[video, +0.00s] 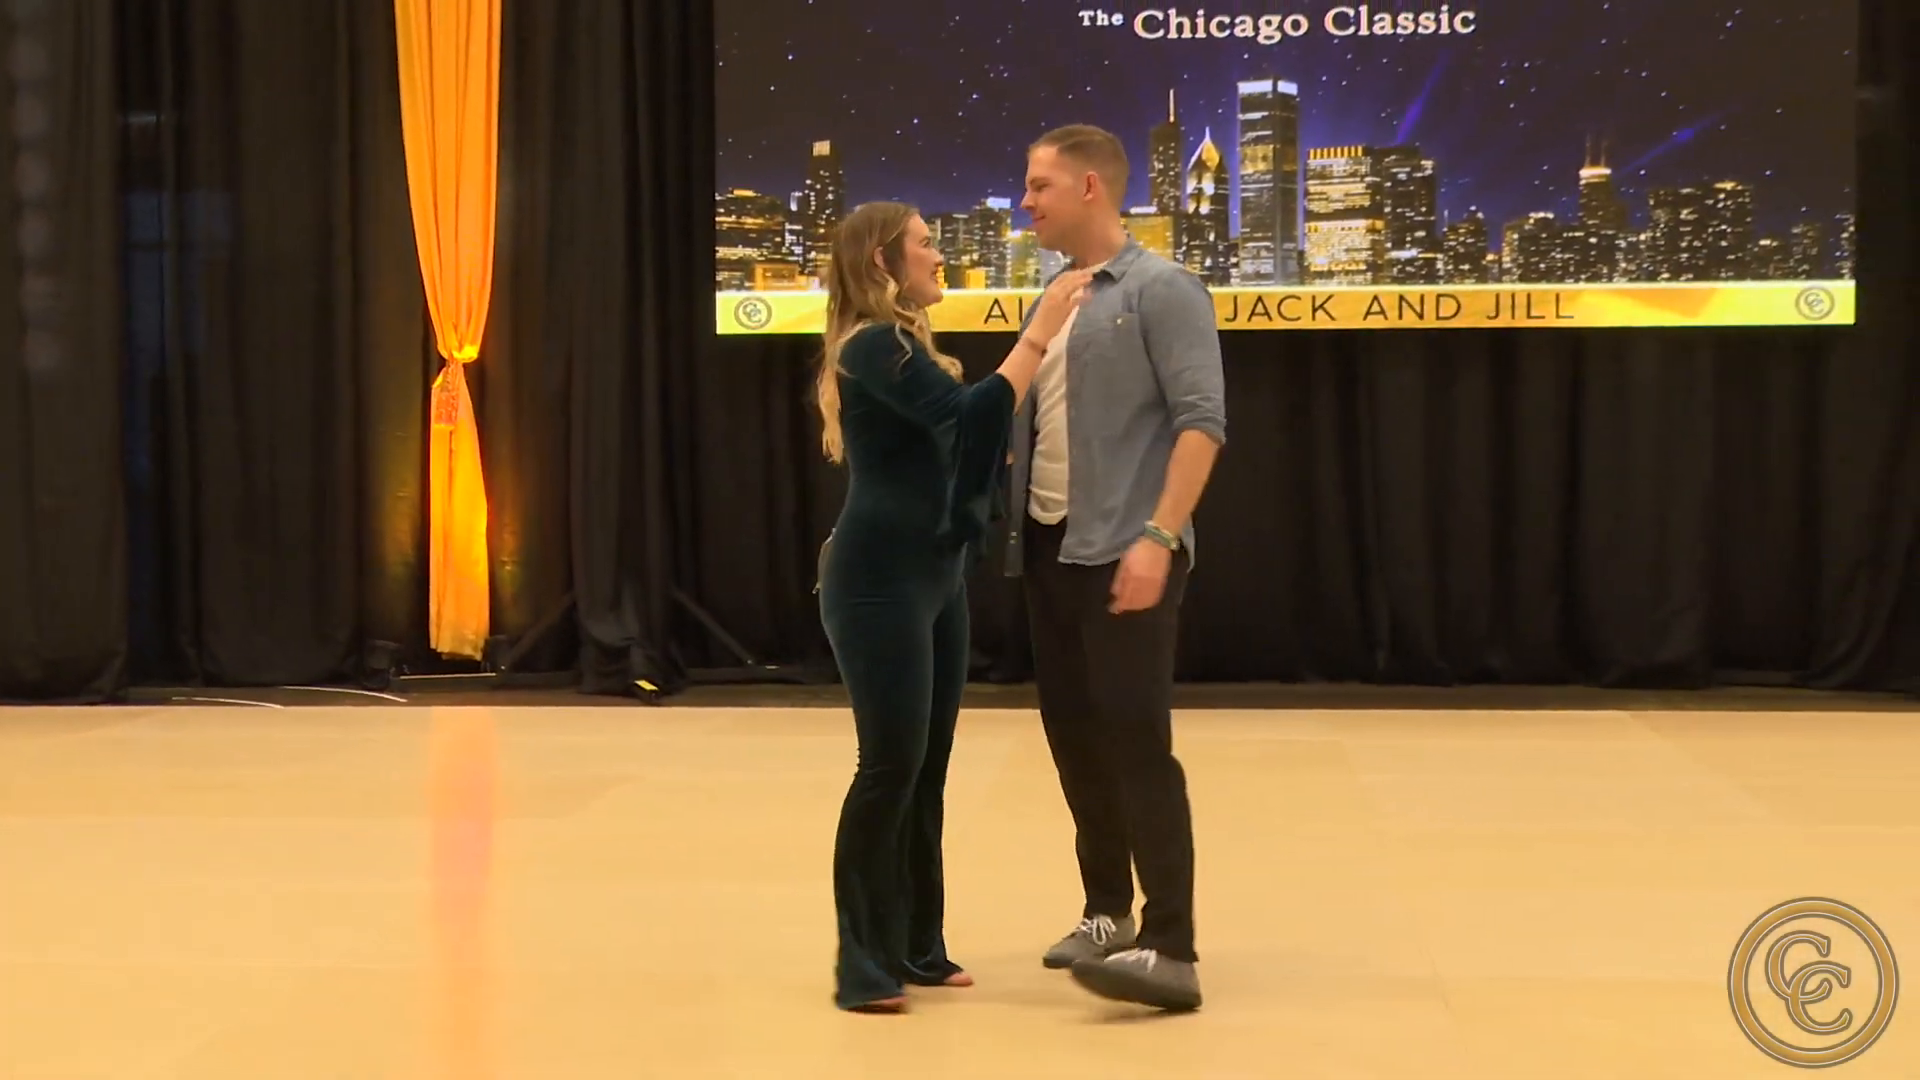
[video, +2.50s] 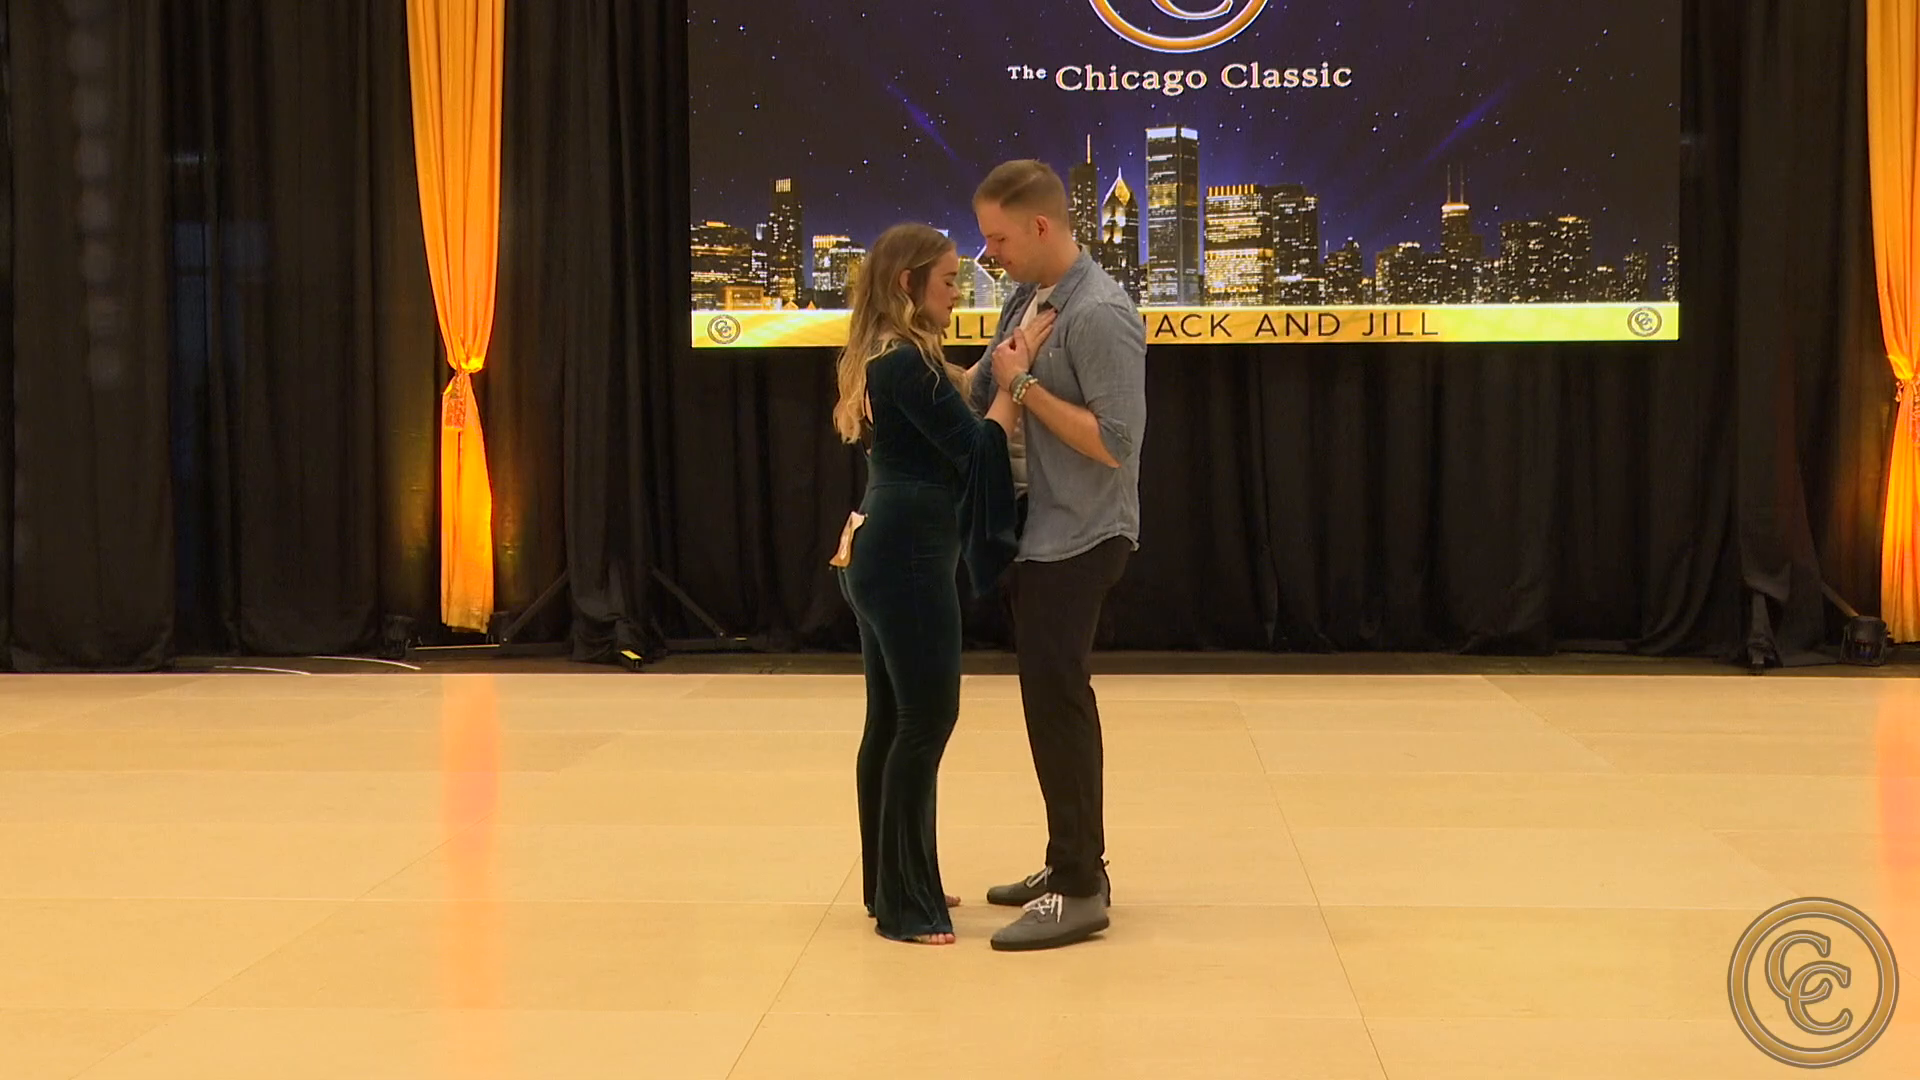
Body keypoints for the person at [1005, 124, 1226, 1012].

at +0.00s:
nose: (1026, 201)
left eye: (1039, 185)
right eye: (1026, 187)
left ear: (1095, 189)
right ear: (1071, 193)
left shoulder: (1163, 287)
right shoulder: (1053, 299)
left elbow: (1204, 421)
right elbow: (1021, 423)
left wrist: (1160, 538)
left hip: (1127, 553)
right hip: (1048, 551)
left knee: (1137, 747)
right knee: (1077, 743)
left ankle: (1171, 954)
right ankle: (1112, 917)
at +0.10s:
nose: (1025, 202)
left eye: (1038, 185)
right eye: (1027, 187)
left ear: (1091, 189)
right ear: (1071, 190)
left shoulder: (1154, 282)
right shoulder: (1058, 293)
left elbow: (1183, 416)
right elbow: (1029, 417)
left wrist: (1107, 509)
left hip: (1125, 549)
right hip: (1054, 547)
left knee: (1123, 743)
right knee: (1074, 739)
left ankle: (1157, 963)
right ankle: (1113, 912)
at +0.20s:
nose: (1026, 201)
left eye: (1037, 184)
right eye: (1028, 185)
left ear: (1087, 187)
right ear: (1082, 187)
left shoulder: (1142, 276)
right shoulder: (1069, 294)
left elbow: (1157, 405)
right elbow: (1044, 419)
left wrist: (1043, 459)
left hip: (1121, 540)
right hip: (1063, 541)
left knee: (1106, 734)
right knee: (1066, 729)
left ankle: (1144, 961)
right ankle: (1106, 909)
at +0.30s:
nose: (1025, 196)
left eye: (1035, 179)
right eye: (1028, 180)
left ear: (1080, 180)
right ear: (1080, 182)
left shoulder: (1133, 273)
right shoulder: (1081, 288)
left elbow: (1132, 397)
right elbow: (1046, 402)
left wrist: (997, 405)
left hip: (1112, 539)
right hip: (1063, 540)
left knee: (1095, 727)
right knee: (1044, 717)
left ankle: (1135, 953)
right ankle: (1100, 907)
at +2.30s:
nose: (992, 253)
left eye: (999, 238)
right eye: (988, 240)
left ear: (1045, 225)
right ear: (1034, 231)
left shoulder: (1098, 312)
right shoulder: (1027, 306)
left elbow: (1108, 444)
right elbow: (980, 404)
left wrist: (1020, 381)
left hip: (1079, 539)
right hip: (1035, 533)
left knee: (1067, 711)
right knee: (1053, 707)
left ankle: (1069, 890)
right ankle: (1077, 864)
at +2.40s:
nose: (993, 256)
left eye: (998, 241)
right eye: (988, 243)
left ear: (1044, 226)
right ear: (1033, 231)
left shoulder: (1098, 312)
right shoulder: (1027, 306)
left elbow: (1110, 445)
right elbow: (979, 404)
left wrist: (1021, 383)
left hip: (1081, 537)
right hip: (1037, 532)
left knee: (1063, 704)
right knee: (1050, 702)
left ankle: (1071, 887)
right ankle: (1074, 863)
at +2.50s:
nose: (992, 257)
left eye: (997, 241)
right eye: (988, 243)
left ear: (1043, 227)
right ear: (1038, 231)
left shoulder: (1099, 311)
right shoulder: (1032, 305)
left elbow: (1113, 445)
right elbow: (979, 398)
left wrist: (1024, 385)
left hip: (1084, 532)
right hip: (1045, 527)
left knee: (1058, 699)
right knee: (1051, 698)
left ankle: (1081, 892)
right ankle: (1071, 867)